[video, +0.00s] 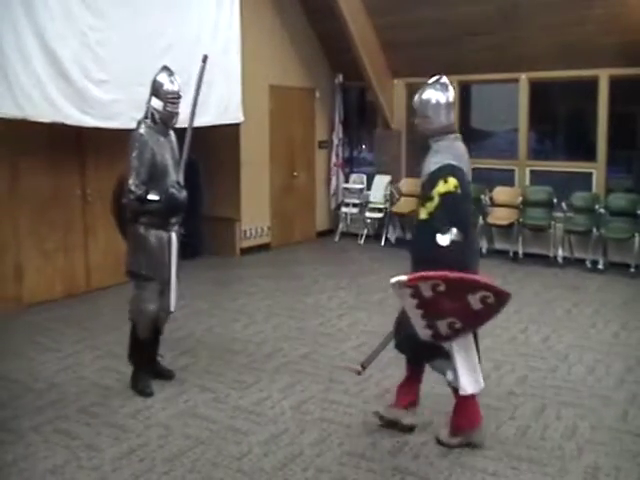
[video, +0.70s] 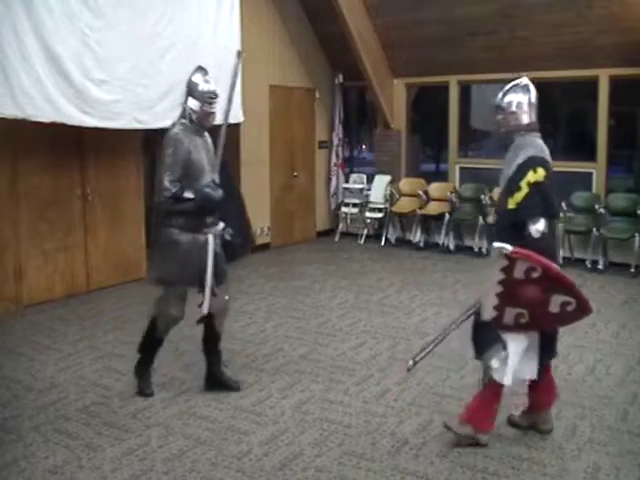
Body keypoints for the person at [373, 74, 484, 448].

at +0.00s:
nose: (418, 123)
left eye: (425, 115)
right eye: (418, 115)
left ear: (441, 117)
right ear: (439, 119)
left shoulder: (444, 164)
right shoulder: (441, 154)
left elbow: (447, 230)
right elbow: (436, 223)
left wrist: (425, 278)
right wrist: (422, 263)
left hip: (447, 269)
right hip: (436, 264)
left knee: (455, 344)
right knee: (415, 335)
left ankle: (467, 419)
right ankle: (404, 405)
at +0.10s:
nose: (428, 120)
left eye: (435, 113)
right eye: (428, 112)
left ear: (454, 114)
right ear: (449, 117)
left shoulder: (460, 164)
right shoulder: (449, 156)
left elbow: (462, 234)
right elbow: (444, 225)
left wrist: (455, 287)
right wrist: (431, 269)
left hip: (458, 272)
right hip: (443, 266)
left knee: (462, 344)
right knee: (428, 334)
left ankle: (468, 420)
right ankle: (438, 398)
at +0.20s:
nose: (441, 116)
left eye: (450, 110)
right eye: (441, 109)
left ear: (470, 114)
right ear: (448, 114)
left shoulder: (473, 164)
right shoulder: (458, 156)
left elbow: (479, 237)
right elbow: (457, 228)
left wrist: (472, 291)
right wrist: (442, 280)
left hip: (467, 274)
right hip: (453, 269)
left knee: (471, 342)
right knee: (445, 343)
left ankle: (467, 423)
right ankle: (476, 395)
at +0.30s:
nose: (452, 116)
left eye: (461, 110)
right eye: (452, 109)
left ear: (481, 115)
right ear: (461, 112)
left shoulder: (485, 161)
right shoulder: (469, 155)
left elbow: (490, 229)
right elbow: (465, 222)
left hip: (477, 270)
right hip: (461, 265)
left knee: (476, 344)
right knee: (452, 342)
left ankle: (468, 426)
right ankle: (510, 393)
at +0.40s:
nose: (469, 117)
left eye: (476, 110)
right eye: (469, 109)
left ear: (495, 115)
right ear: (476, 112)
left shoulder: (497, 157)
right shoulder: (484, 153)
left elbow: (500, 222)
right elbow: (480, 214)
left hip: (485, 264)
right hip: (479, 259)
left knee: (471, 341)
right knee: (503, 334)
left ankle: (468, 424)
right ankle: (531, 402)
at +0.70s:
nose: (501, 118)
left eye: (507, 111)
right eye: (501, 111)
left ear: (524, 113)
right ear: (515, 113)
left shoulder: (530, 157)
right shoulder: (520, 153)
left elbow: (521, 219)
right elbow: (514, 213)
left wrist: (506, 274)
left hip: (524, 265)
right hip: (529, 263)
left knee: (503, 339)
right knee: (535, 337)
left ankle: (476, 422)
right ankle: (539, 411)